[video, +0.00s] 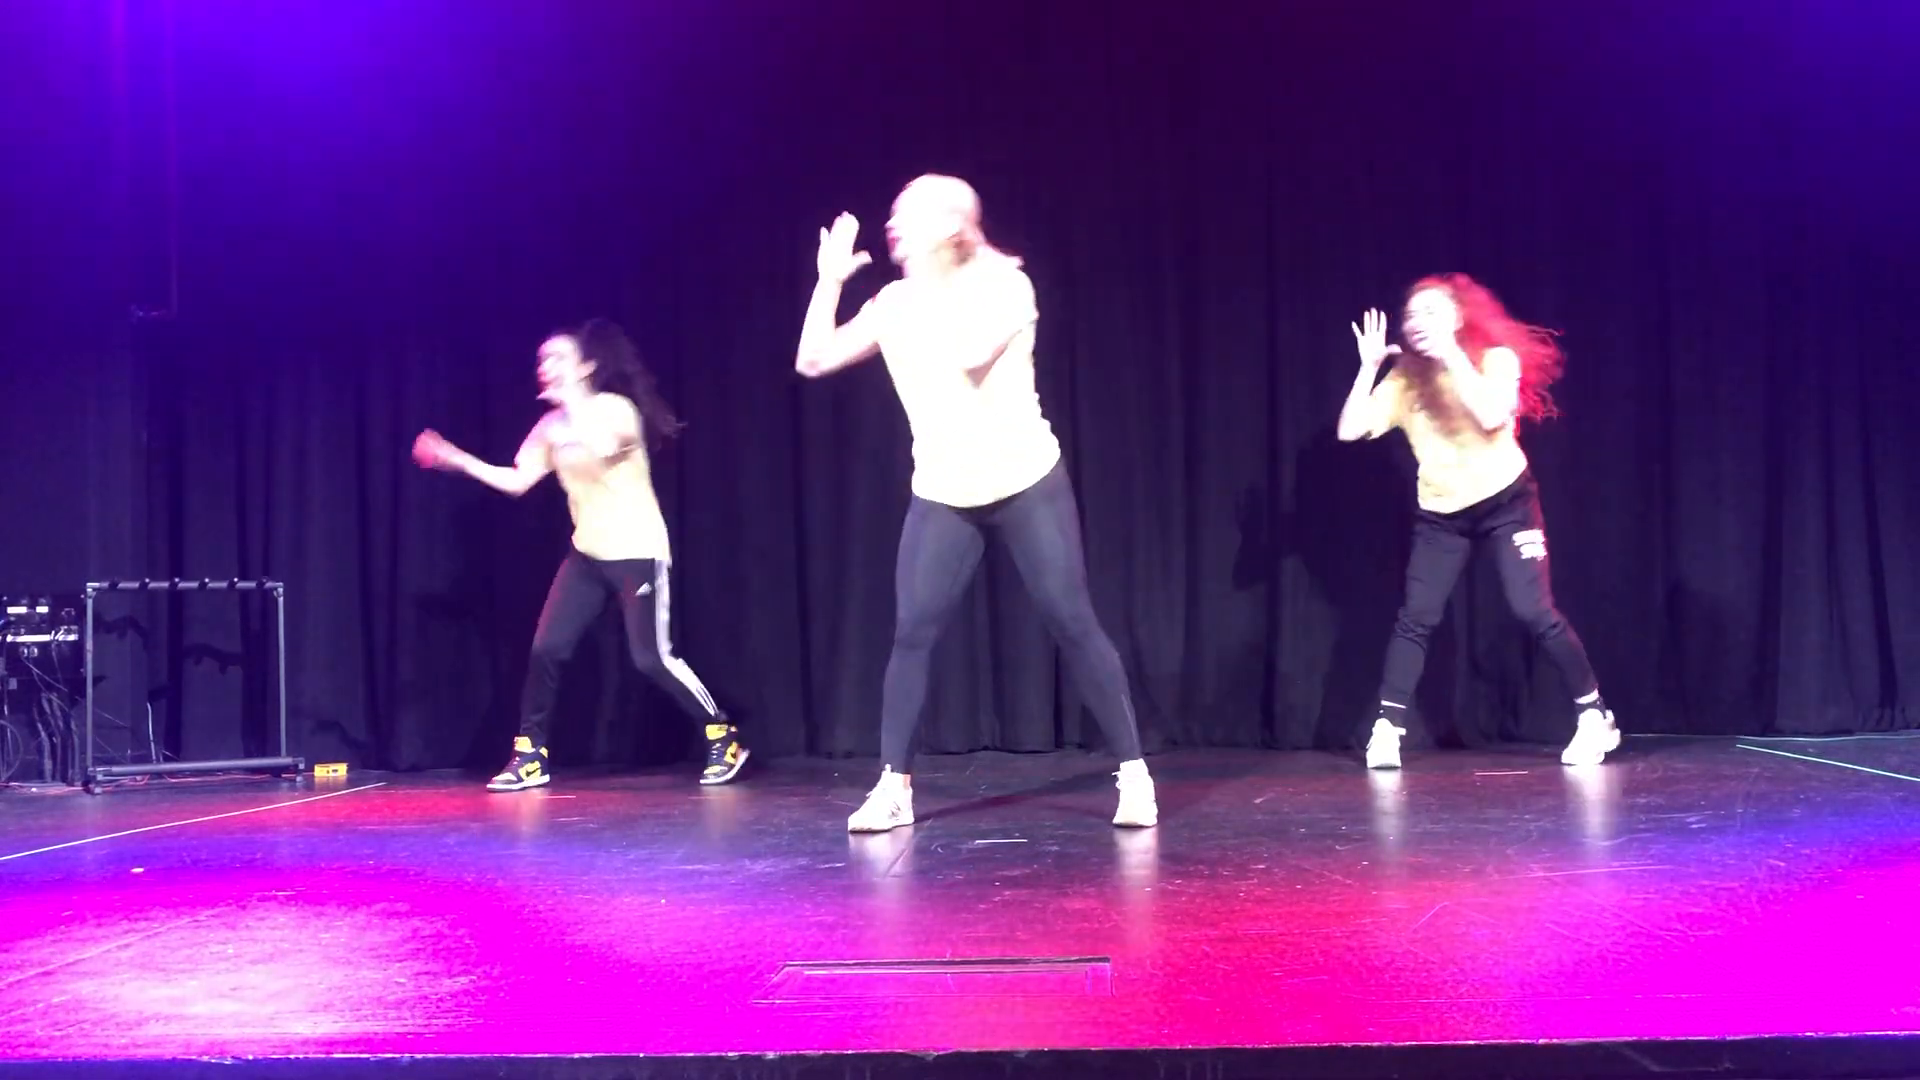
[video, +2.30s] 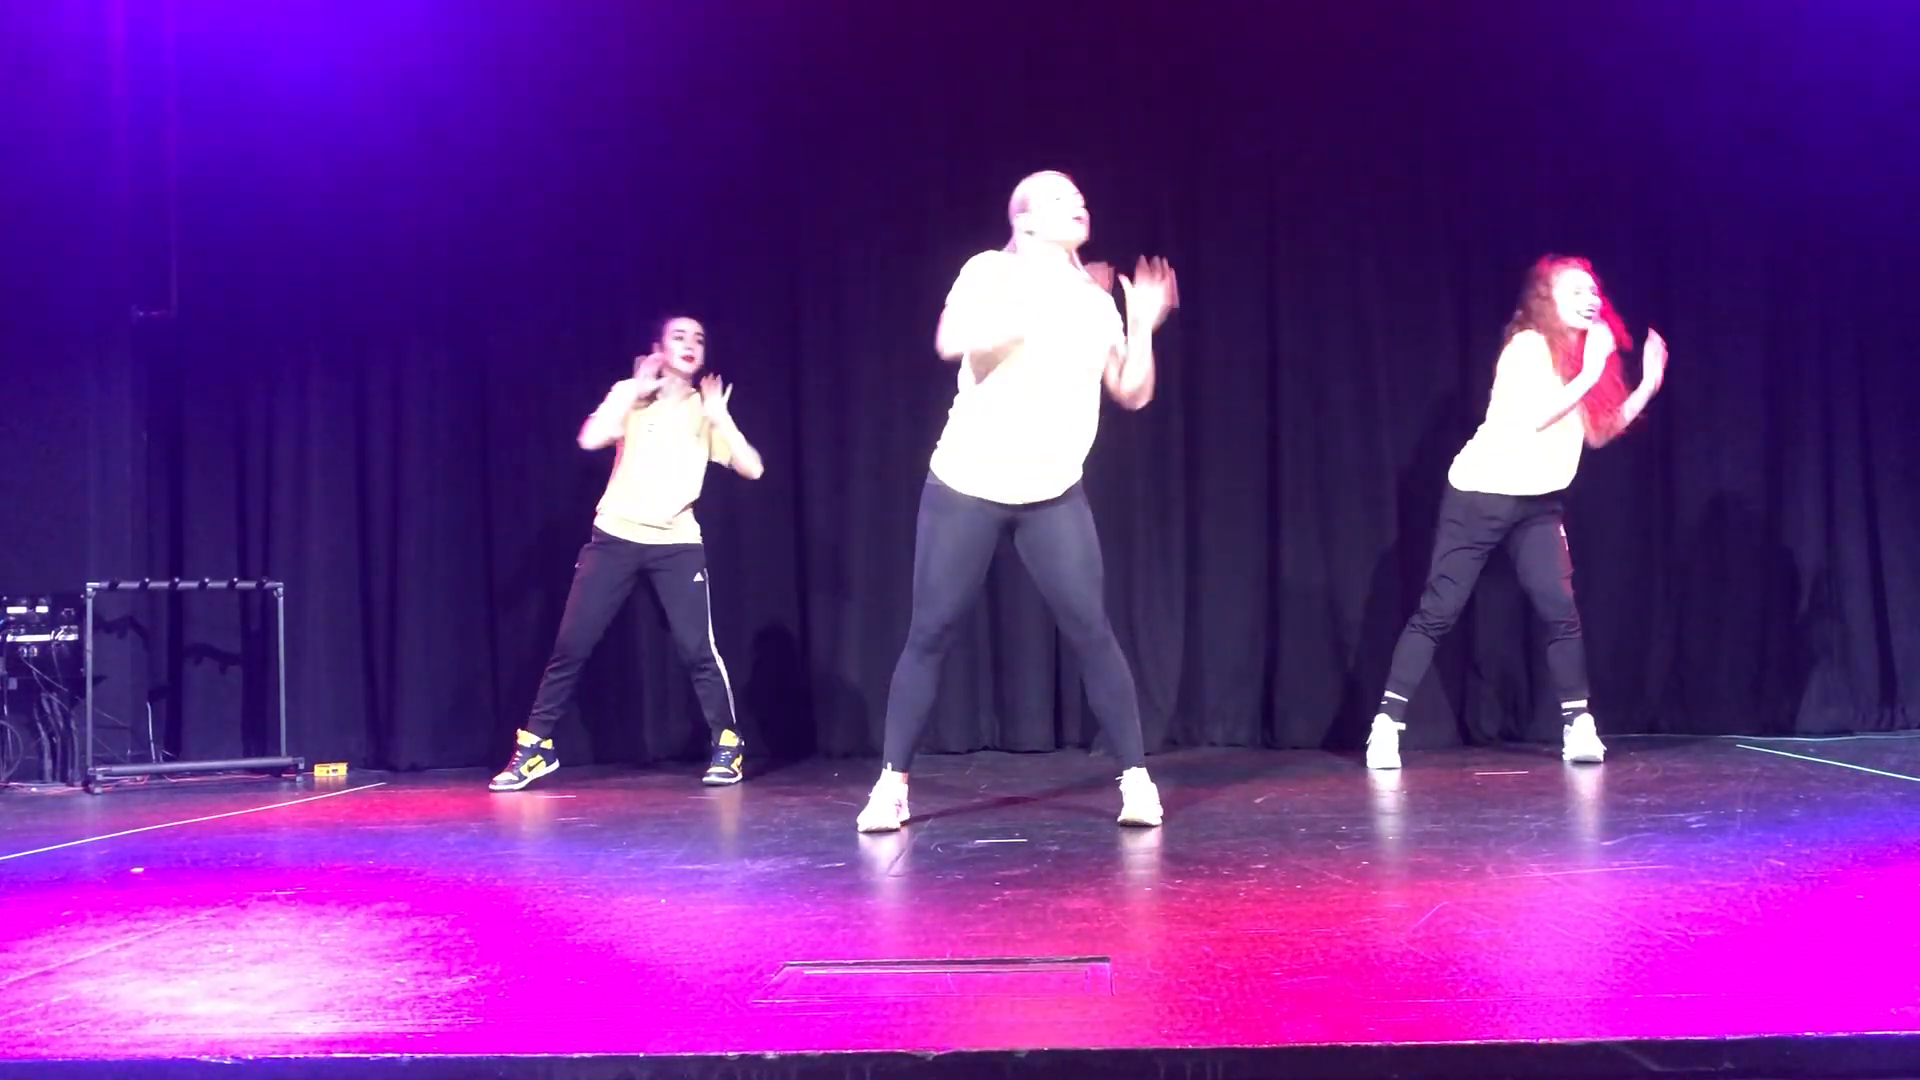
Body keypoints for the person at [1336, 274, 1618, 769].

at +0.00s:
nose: (1419, 324)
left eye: (1430, 313)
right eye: (1413, 316)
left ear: (1460, 317)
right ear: (1407, 328)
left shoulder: (1495, 360)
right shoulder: (1403, 380)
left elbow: (1493, 416)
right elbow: (1349, 429)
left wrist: (1449, 356)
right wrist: (1369, 367)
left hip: (1506, 503)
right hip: (1441, 515)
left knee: (1533, 610)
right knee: (1416, 616)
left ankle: (1596, 718)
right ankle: (1388, 729)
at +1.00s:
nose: (1375, 408)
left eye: (1383, 394)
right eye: (1366, 399)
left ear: (1408, 391)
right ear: (1356, 406)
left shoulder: (1449, 415)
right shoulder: (1373, 443)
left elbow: (1473, 486)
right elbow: (1348, 516)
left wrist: (1403, 441)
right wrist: (1358, 454)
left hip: (1493, 523)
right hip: (1427, 532)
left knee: (1530, 616)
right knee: (1406, 624)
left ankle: (1574, 724)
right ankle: (1387, 730)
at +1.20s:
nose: (1452, 433)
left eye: (1462, 420)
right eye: (1440, 423)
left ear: (1483, 417)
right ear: (1421, 426)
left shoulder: (1510, 444)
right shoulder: (1409, 457)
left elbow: (1539, 517)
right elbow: (1396, 537)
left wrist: (1487, 469)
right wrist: (1428, 476)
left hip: (1497, 534)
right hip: (1429, 538)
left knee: (1532, 617)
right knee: (1408, 622)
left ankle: (1574, 726)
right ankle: (1386, 730)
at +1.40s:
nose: (1537, 428)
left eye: (1545, 418)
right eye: (1527, 418)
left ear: (1558, 418)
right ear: (1502, 419)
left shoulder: (1561, 454)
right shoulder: (1467, 452)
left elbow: (1587, 522)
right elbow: (1458, 522)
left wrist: (1567, 465)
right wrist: (1507, 467)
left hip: (1498, 533)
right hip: (1430, 526)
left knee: (1534, 618)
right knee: (1416, 619)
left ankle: (1575, 727)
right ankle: (1386, 730)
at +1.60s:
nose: (1599, 406)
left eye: (1604, 395)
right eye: (1588, 395)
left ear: (1611, 400)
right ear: (1559, 398)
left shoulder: (1589, 448)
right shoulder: (1517, 433)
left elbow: (1621, 507)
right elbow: (1518, 509)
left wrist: (1614, 450)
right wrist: (1573, 446)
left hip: (1503, 530)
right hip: (1439, 516)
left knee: (1541, 619)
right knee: (1423, 618)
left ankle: (1575, 726)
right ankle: (1387, 729)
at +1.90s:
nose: (1638, 359)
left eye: (1640, 351)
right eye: (1626, 352)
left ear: (1642, 357)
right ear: (1597, 361)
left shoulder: (1618, 406)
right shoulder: (1564, 400)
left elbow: (1642, 473)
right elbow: (1591, 467)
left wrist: (1647, 407)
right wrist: (1630, 402)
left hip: (1517, 522)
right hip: (1459, 509)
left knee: (1549, 616)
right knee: (1429, 616)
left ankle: (1577, 727)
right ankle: (1381, 728)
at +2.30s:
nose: (1588, 301)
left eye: (1591, 292)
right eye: (1575, 292)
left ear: (1598, 300)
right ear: (1547, 299)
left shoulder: (1584, 355)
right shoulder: (1527, 346)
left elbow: (1599, 430)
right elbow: (1534, 416)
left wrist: (1648, 384)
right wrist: (1589, 373)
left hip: (1538, 502)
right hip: (1479, 496)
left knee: (1560, 611)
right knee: (1438, 610)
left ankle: (1578, 727)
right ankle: (1387, 724)